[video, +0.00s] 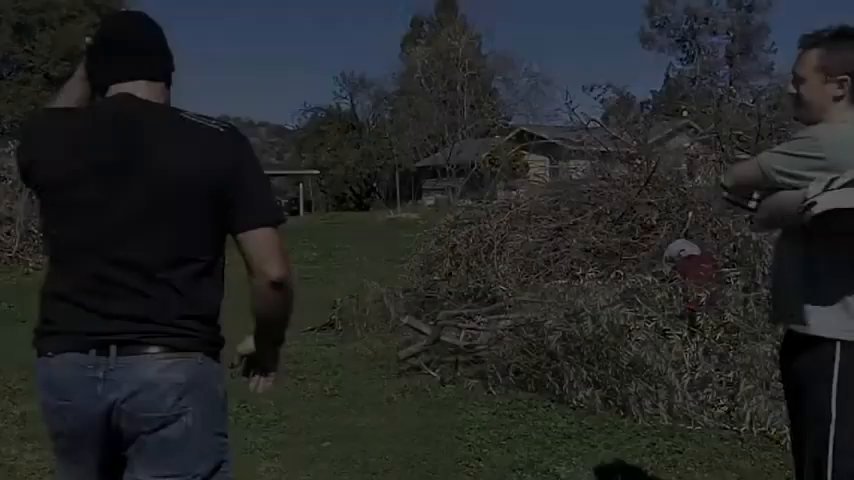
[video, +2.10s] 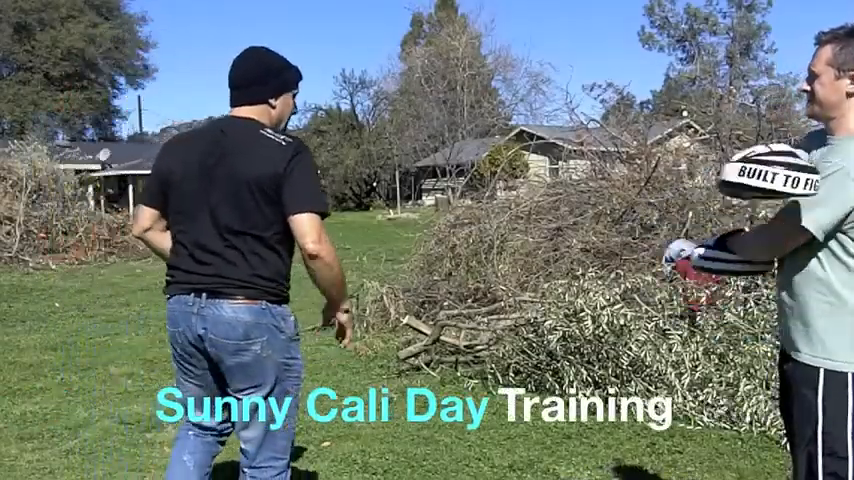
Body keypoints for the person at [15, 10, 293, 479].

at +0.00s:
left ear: (94, 77)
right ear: (169, 75)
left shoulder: (54, 141)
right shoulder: (220, 146)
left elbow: (43, 132)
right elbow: (273, 275)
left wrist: (90, 66)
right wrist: (266, 347)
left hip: (65, 375)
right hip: (175, 376)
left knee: (80, 472)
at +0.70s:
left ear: (96, 81)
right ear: (158, 76)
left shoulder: (54, 147)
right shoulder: (200, 133)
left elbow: (48, 189)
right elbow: (252, 237)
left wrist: (83, 103)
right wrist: (286, 320)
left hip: (88, 346)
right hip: (181, 350)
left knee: (111, 473)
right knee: (226, 469)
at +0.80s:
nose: (168, 80)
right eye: (167, 72)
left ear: (103, 82)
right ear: (165, 75)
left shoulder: (62, 140)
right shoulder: (199, 127)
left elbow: (48, 212)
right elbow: (249, 227)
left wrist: (88, 122)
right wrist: (287, 314)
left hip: (93, 337)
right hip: (184, 337)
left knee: (112, 474)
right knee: (235, 462)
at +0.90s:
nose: (175, 81)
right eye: (173, 73)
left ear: (108, 81)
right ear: (168, 75)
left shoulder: (66, 141)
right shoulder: (200, 127)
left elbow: (46, 220)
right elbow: (248, 224)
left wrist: (93, 174)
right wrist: (286, 313)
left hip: (95, 335)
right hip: (185, 335)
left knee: (111, 473)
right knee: (238, 457)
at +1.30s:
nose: (207, 104)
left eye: (206, 95)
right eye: (205, 94)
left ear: (146, 94)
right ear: (196, 94)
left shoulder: (97, 154)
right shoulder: (221, 141)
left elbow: (59, 251)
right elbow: (254, 227)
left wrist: (116, 242)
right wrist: (286, 319)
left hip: (114, 332)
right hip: (199, 335)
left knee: (121, 473)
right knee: (236, 469)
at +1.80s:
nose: (272, 108)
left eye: (271, 97)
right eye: (270, 98)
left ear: (212, 97)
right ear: (255, 100)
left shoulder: (158, 149)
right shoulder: (274, 157)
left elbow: (123, 235)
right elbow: (299, 250)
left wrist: (179, 262)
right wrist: (322, 329)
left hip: (160, 323)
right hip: (237, 326)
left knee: (157, 457)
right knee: (257, 464)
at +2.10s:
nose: (294, 104)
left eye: (294, 94)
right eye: (292, 94)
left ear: (237, 92)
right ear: (273, 95)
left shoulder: (179, 146)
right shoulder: (287, 151)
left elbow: (145, 224)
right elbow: (313, 246)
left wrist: (195, 258)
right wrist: (337, 300)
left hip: (183, 312)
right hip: (250, 318)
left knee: (200, 426)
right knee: (265, 456)